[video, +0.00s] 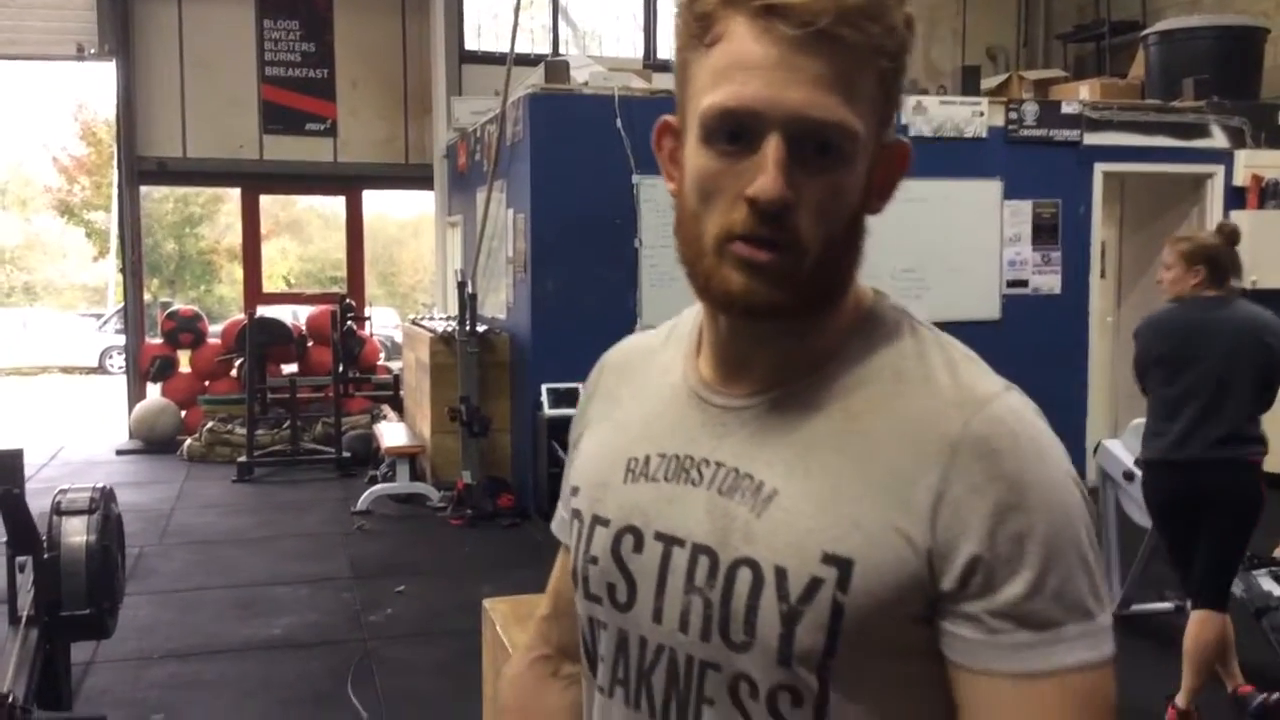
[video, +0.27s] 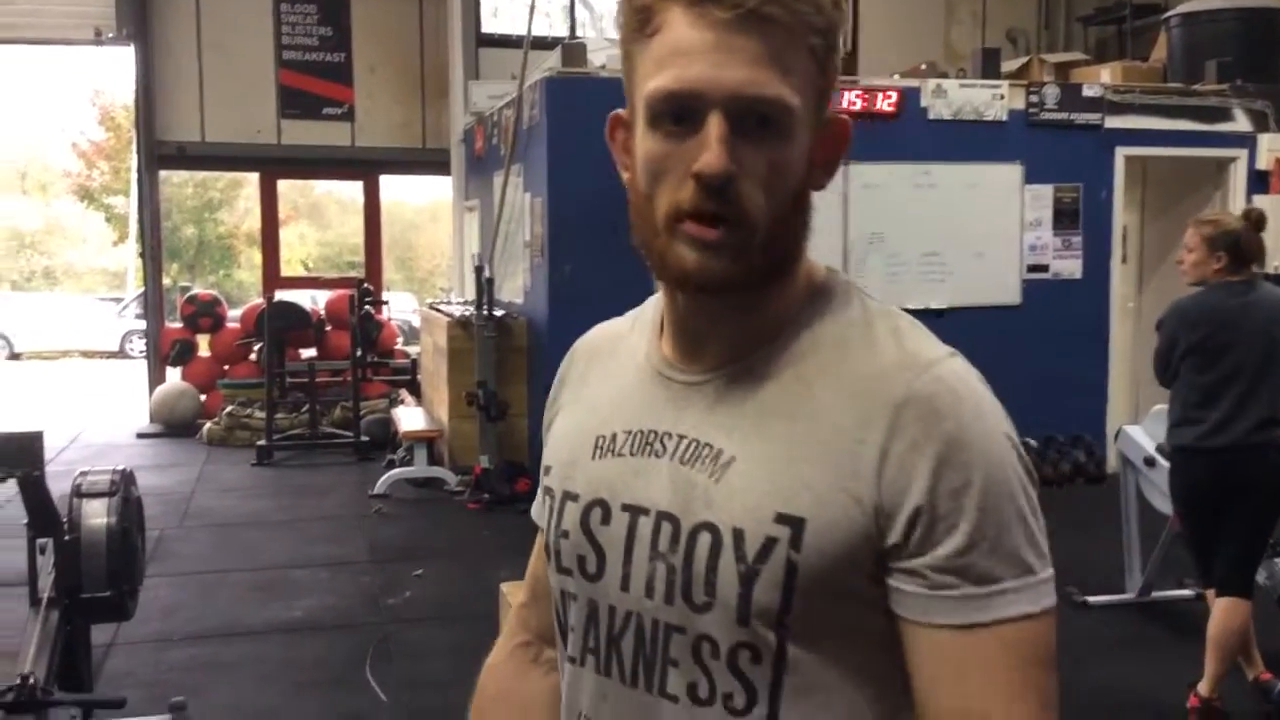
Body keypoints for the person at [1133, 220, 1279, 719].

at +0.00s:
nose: (1158, 277)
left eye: (1167, 268)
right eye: (1160, 267)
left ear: (1198, 275)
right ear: (1211, 275)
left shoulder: (1154, 327)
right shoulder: (1263, 325)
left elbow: (1146, 384)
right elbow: (1264, 399)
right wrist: (1218, 397)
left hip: (1166, 474)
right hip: (1236, 475)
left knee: (1205, 590)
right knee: (1208, 594)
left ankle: (1238, 687)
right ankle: (1183, 702)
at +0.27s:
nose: (1180, 258)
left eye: (1189, 250)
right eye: (1182, 248)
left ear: (1219, 259)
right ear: (1233, 258)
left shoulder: (1184, 311)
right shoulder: (1274, 300)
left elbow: (1165, 371)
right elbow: (1272, 365)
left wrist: (1217, 358)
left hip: (1196, 459)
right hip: (1265, 455)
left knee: (1218, 578)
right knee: (1236, 578)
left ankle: (1258, 674)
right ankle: (1206, 692)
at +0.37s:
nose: (1203, 258)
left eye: (1210, 249)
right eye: (1205, 248)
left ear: (1230, 255)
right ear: (1259, 252)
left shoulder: (1199, 310)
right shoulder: (1275, 296)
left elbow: (1185, 369)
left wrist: (1231, 368)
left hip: (1212, 452)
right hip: (1271, 449)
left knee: (1239, 571)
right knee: (1253, 575)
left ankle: (1271, 664)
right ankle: (1223, 688)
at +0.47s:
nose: (1262, 250)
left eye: (1258, 240)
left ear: (1253, 242)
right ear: (1279, 243)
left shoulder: (1227, 302)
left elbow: (1223, 360)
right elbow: (1225, 359)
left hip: (1245, 442)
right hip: (1268, 442)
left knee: (1267, 566)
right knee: (1270, 568)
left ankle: (1259, 677)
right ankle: (1256, 678)